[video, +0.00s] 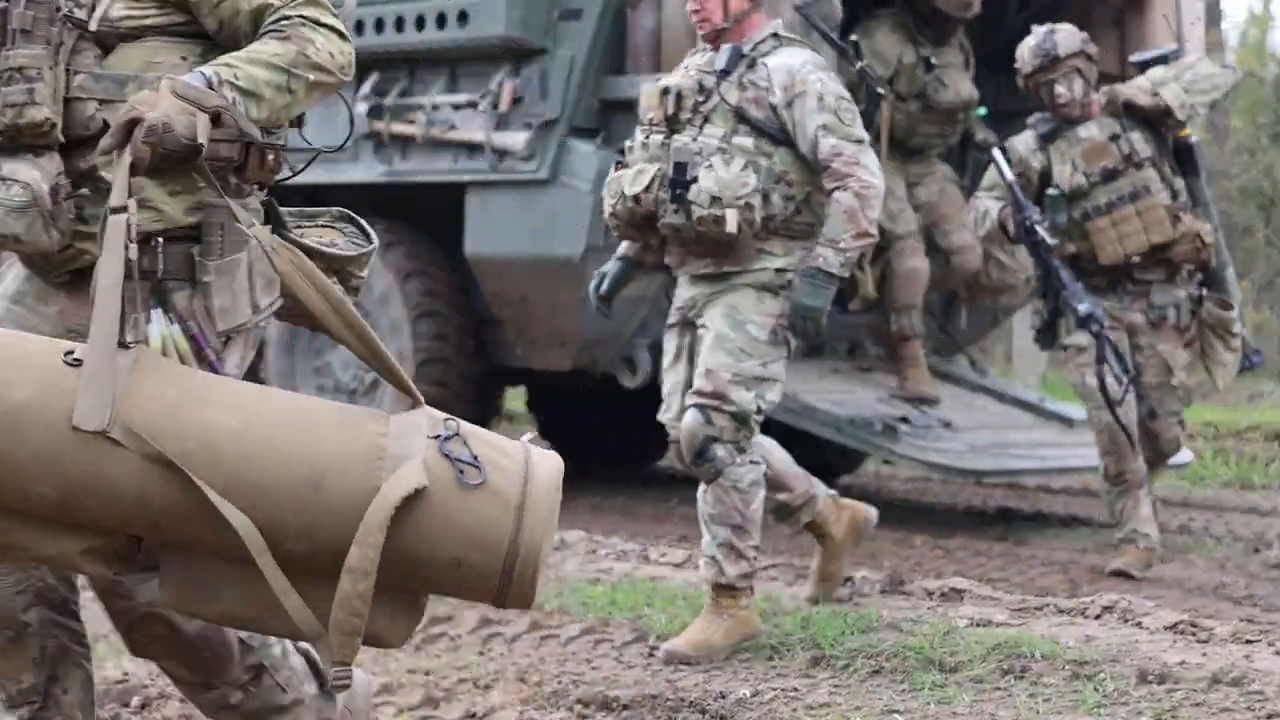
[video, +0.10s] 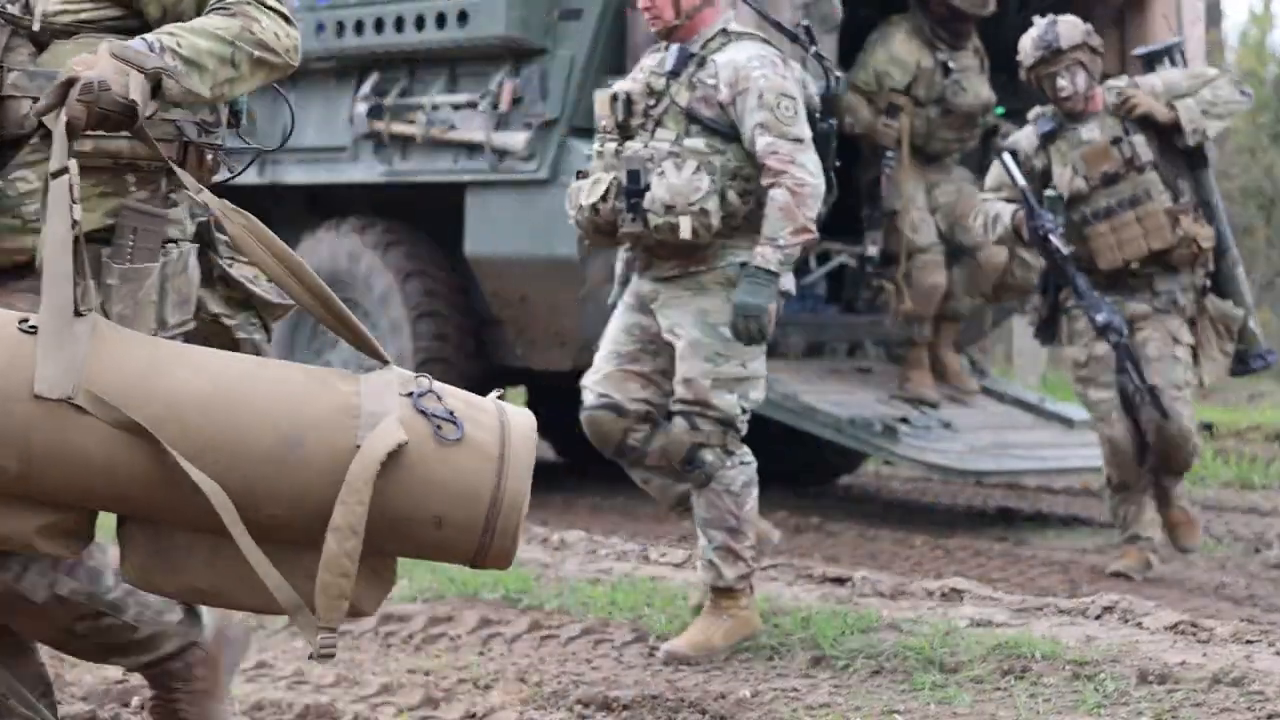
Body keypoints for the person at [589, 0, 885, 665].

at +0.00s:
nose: (698, 10)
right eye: (692, 2)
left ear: (747, 1)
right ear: (693, 9)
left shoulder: (796, 73)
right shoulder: (694, 72)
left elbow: (860, 177)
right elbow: (670, 177)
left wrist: (823, 273)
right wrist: (630, 251)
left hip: (760, 282)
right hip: (693, 281)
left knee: (719, 431)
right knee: (694, 435)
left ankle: (728, 606)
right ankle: (831, 516)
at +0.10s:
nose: (642, 5)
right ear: (653, 8)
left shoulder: (754, 66)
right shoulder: (655, 64)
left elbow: (796, 180)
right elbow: (640, 170)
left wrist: (764, 277)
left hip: (723, 278)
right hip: (652, 275)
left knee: (712, 437)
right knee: (611, 411)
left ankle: (730, 604)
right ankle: (724, 505)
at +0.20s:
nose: (594, 3)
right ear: (616, 5)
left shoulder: (704, 53)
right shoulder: (611, 57)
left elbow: (750, 163)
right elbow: (589, 146)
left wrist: (702, 254)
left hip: (696, 279)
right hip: (616, 273)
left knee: (695, 437)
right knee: (552, 403)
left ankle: (730, 606)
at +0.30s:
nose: (549, 10)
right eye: (545, 3)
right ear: (561, 12)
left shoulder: (658, 60)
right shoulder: (566, 71)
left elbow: (701, 164)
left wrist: (644, 243)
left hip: (659, 289)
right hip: (571, 291)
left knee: (680, 445)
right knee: (515, 436)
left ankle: (729, 607)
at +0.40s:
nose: (490, 20)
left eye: (501, 8)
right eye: (488, 10)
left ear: (544, 9)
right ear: (517, 17)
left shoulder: (601, 77)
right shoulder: (506, 87)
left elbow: (648, 175)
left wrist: (589, 256)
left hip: (603, 309)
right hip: (515, 311)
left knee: (640, 463)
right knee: (469, 465)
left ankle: (724, 603)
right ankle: (464, 642)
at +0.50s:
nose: (431, 26)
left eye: (442, 13)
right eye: (429, 15)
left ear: (487, 16)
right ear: (465, 24)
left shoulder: (542, 85)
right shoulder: (452, 96)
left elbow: (597, 188)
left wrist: (554, 282)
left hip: (529, 313)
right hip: (451, 314)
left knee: (540, 489)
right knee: (421, 472)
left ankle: (664, 564)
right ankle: (457, 649)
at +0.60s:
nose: (376, 21)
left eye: (389, 10)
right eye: (374, 11)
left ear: (437, 14)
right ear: (386, 17)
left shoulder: (492, 86)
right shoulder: (382, 95)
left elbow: (556, 193)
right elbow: (380, 216)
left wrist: (522, 295)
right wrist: (357, 316)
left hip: (474, 311)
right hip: (402, 312)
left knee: (401, 464)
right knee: (391, 476)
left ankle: (520, 578)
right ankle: (449, 648)